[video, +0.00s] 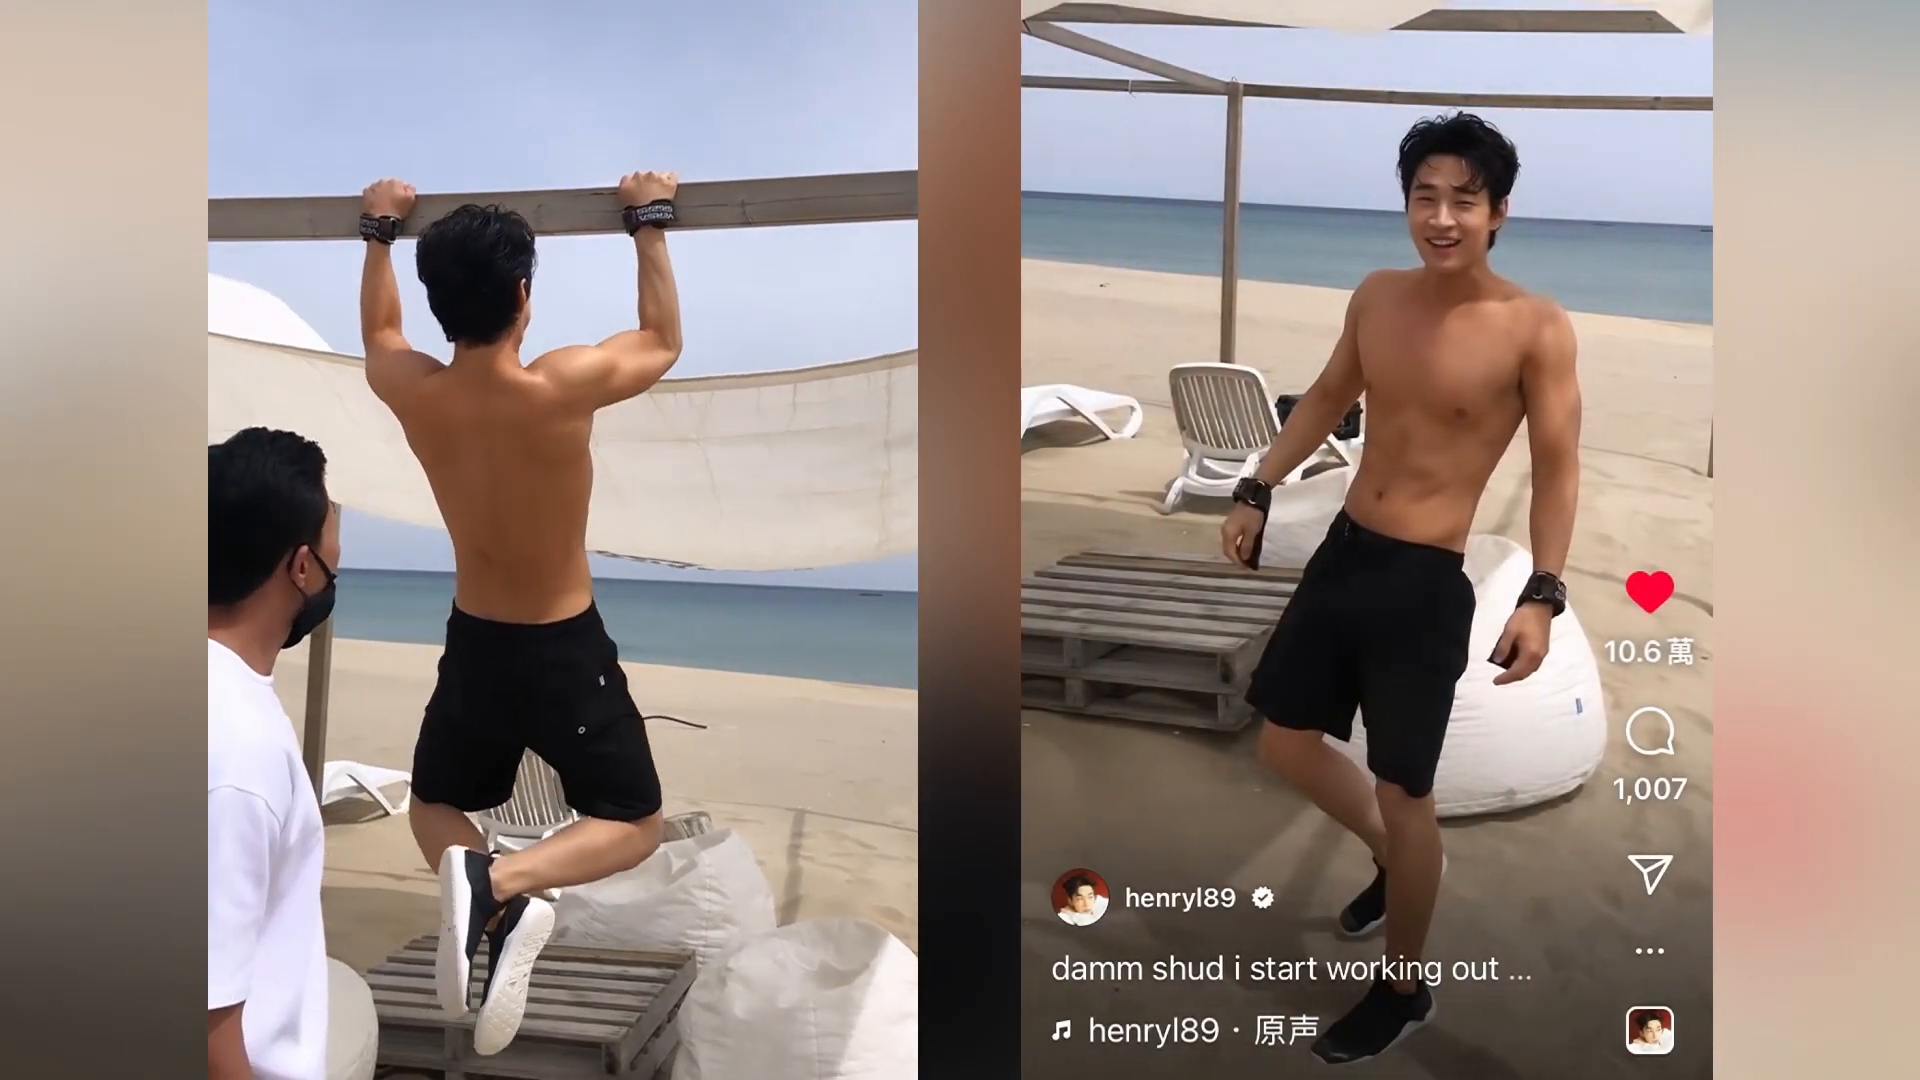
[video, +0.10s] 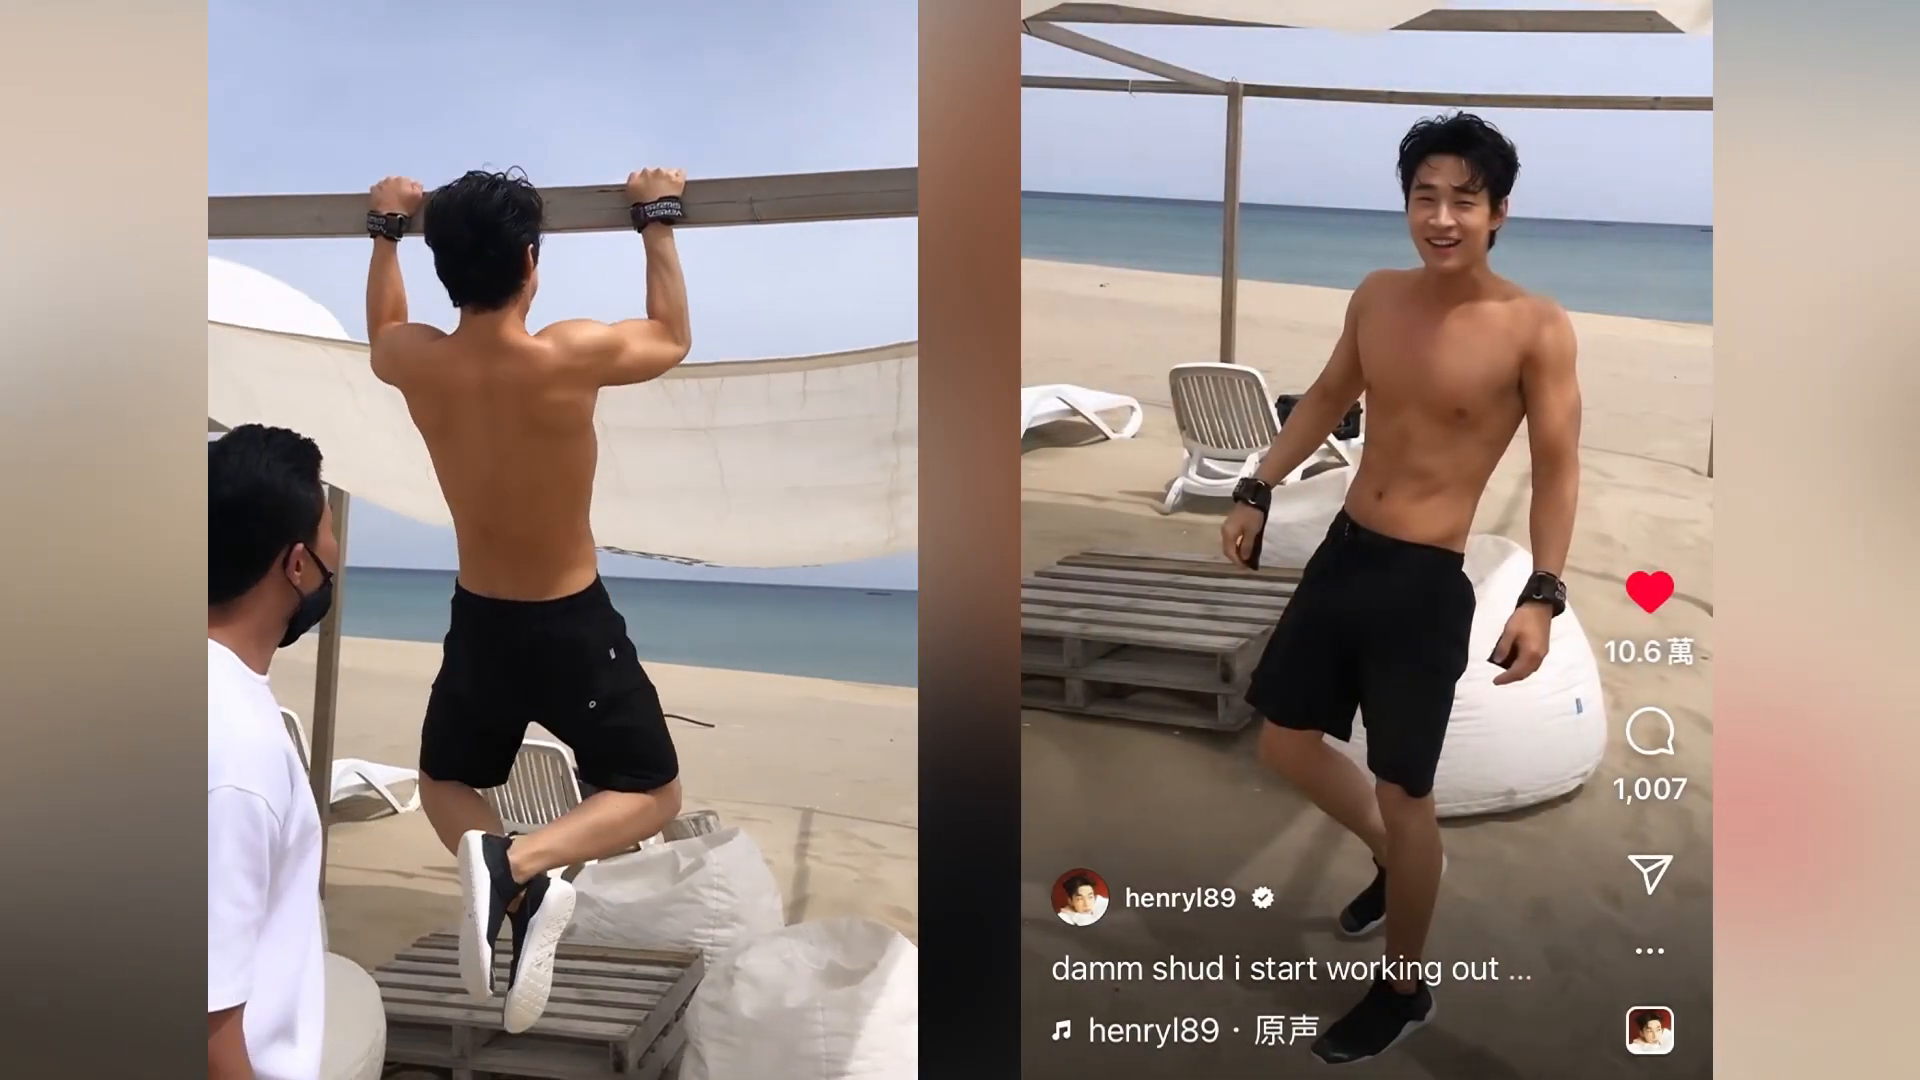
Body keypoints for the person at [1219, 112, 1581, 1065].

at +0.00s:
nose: (1440, 216)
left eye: (1462, 198)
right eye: (1424, 197)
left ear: (1498, 210)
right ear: (1406, 208)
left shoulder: (1534, 328)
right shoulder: (1378, 297)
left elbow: (1556, 468)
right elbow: (1329, 398)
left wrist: (1540, 595)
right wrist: (1256, 484)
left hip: (1427, 579)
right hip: (1345, 554)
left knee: (1402, 799)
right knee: (1284, 742)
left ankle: (1402, 981)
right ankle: (1398, 847)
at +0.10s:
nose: (1440, 216)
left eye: (1462, 198)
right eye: (1424, 197)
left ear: (1498, 210)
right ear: (1406, 208)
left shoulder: (1534, 328)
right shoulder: (1378, 297)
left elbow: (1556, 468)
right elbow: (1329, 398)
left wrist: (1540, 595)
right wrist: (1256, 484)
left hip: (1427, 579)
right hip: (1345, 554)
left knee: (1402, 799)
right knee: (1284, 742)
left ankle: (1402, 981)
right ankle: (1398, 847)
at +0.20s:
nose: (1440, 216)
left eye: (1462, 198)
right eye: (1425, 197)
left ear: (1498, 210)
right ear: (1406, 208)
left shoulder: (1534, 327)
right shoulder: (1378, 297)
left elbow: (1556, 468)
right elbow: (1330, 397)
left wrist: (1540, 595)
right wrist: (1256, 484)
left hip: (1427, 579)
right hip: (1345, 554)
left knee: (1402, 798)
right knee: (1284, 742)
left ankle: (1402, 982)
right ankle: (1398, 847)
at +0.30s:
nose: (1440, 216)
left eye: (1462, 198)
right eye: (1424, 197)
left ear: (1498, 210)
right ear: (1406, 208)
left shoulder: (1534, 328)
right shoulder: (1378, 297)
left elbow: (1556, 468)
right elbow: (1329, 398)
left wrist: (1540, 595)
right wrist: (1256, 484)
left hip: (1427, 579)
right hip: (1345, 554)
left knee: (1402, 799)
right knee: (1284, 742)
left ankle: (1402, 981)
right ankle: (1398, 847)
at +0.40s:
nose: (1440, 216)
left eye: (1462, 198)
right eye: (1424, 197)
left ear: (1498, 210)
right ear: (1406, 208)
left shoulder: (1534, 328)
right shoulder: (1378, 297)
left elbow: (1556, 468)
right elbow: (1329, 398)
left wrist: (1540, 595)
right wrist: (1256, 484)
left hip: (1427, 579)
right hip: (1345, 554)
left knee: (1402, 799)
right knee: (1284, 742)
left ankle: (1402, 981)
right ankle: (1398, 847)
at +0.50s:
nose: (1440, 216)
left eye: (1462, 198)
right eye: (1424, 197)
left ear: (1498, 210)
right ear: (1406, 208)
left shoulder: (1534, 328)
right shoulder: (1378, 297)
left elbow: (1556, 468)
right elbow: (1329, 398)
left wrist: (1540, 595)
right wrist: (1256, 484)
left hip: (1427, 579)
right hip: (1345, 554)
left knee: (1402, 799)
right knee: (1284, 742)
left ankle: (1402, 981)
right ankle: (1398, 847)